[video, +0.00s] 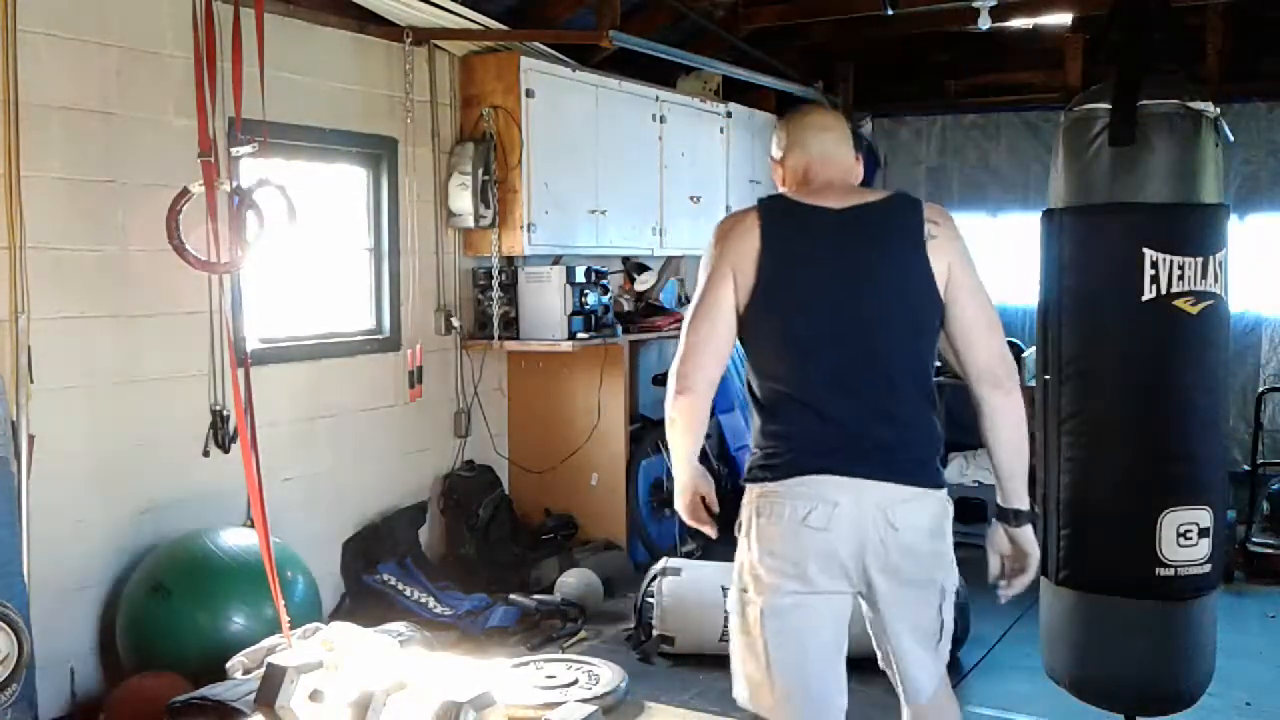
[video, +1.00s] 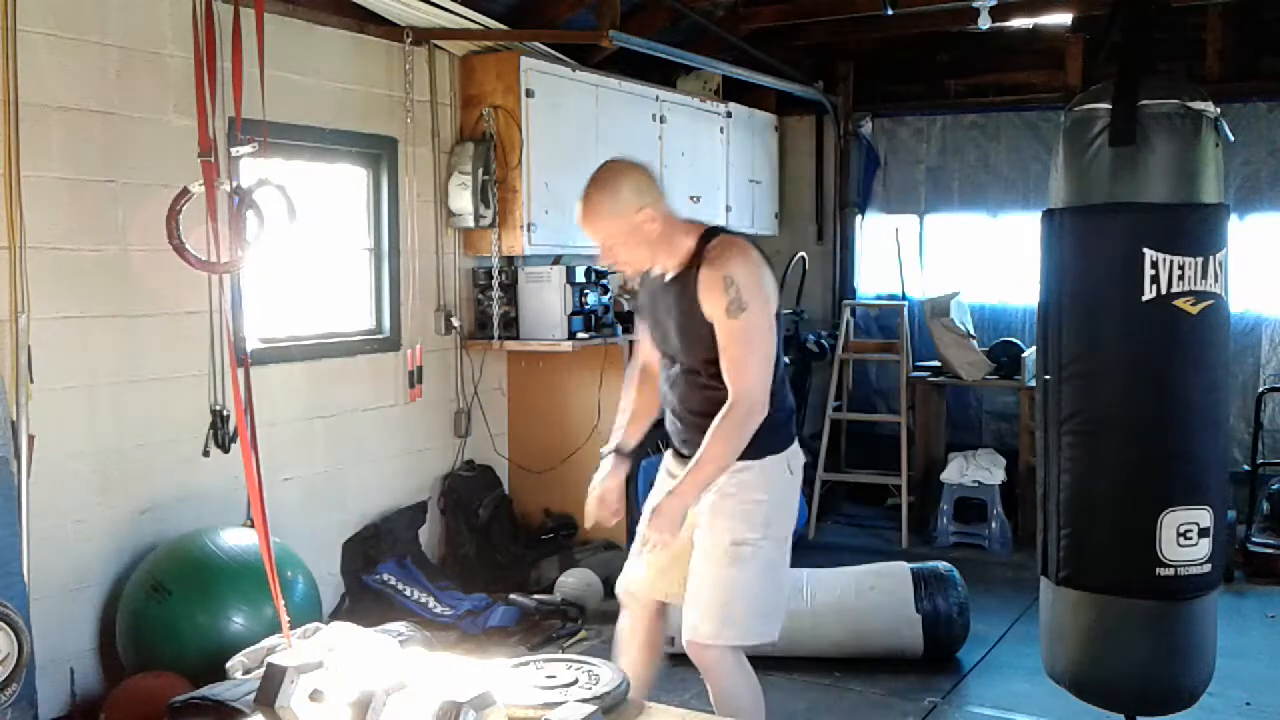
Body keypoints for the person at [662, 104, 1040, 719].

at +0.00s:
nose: (774, 176)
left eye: (772, 168)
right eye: (775, 169)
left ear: (781, 169)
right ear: (862, 162)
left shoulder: (745, 232)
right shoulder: (930, 227)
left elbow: (689, 383)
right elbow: (995, 379)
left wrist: (685, 465)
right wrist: (1015, 510)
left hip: (792, 498)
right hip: (913, 502)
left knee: (796, 706)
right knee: (929, 695)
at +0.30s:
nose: (761, 210)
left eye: (758, 196)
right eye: (758, 198)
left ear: (776, 184)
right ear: (833, 178)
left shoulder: (781, 237)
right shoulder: (912, 236)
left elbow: (759, 383)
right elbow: (955, 367)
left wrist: (731, 496)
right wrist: (950, 475)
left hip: (826, 487)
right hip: (917, 477)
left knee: (780, 655)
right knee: (910, 650)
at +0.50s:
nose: (720, 220)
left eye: (720, 204)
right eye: (714, 208)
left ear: (752, 182)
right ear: (774, 181)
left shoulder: (785, 235)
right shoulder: (848, 227)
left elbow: (789, 377)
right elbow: (857, 363)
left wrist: (760, 504)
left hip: (819, 480)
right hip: (879, 466)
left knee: (734, 637)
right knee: (879, 633)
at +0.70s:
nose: (671, 226)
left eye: (673, 210)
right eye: (666, 214)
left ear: (713, 191)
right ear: (720, 190)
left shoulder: (755, 255)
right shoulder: (787, 234)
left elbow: (768, 399)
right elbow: (781, 371)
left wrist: (738, 536)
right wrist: (727, 442)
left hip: (771, 471)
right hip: (806, 461)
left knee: (709, 636)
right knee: (793, 627)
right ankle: (850, 715)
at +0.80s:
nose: (653, 233)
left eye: (655, 219)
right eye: (646, 222)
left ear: (692, 195)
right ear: (694, 194)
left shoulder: (748, 256)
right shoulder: (747, 244)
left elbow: (759, 397)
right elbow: (725, 371)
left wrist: (708, 516)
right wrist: (693, 441)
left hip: (758, 471)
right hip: (763, 462)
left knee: (714, 645)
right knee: (749, 640)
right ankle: (783, 716)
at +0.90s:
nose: (631, 240)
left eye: (634, 226)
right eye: (625, 229)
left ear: (672, 201)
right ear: (670, 203)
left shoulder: (743, 259)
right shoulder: (690, 262)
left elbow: (754, 397)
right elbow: (690, 368)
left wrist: (686, 500)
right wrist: (653, 443)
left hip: (755, 469)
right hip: (701, 459)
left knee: (716, 643)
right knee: (666, 598)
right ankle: (691, 717)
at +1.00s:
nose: (604, 259)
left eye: (606, 243)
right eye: (598, 246)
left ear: (646, 218)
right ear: (646, 218)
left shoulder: (732, 267)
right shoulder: (649, 274)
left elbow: (750, 403)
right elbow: (646, 369)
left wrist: (681, 497)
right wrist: (618, 459)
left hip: (751, 468)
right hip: (682, 460)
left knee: (710, 640)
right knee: (638, 597)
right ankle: (623, 717)